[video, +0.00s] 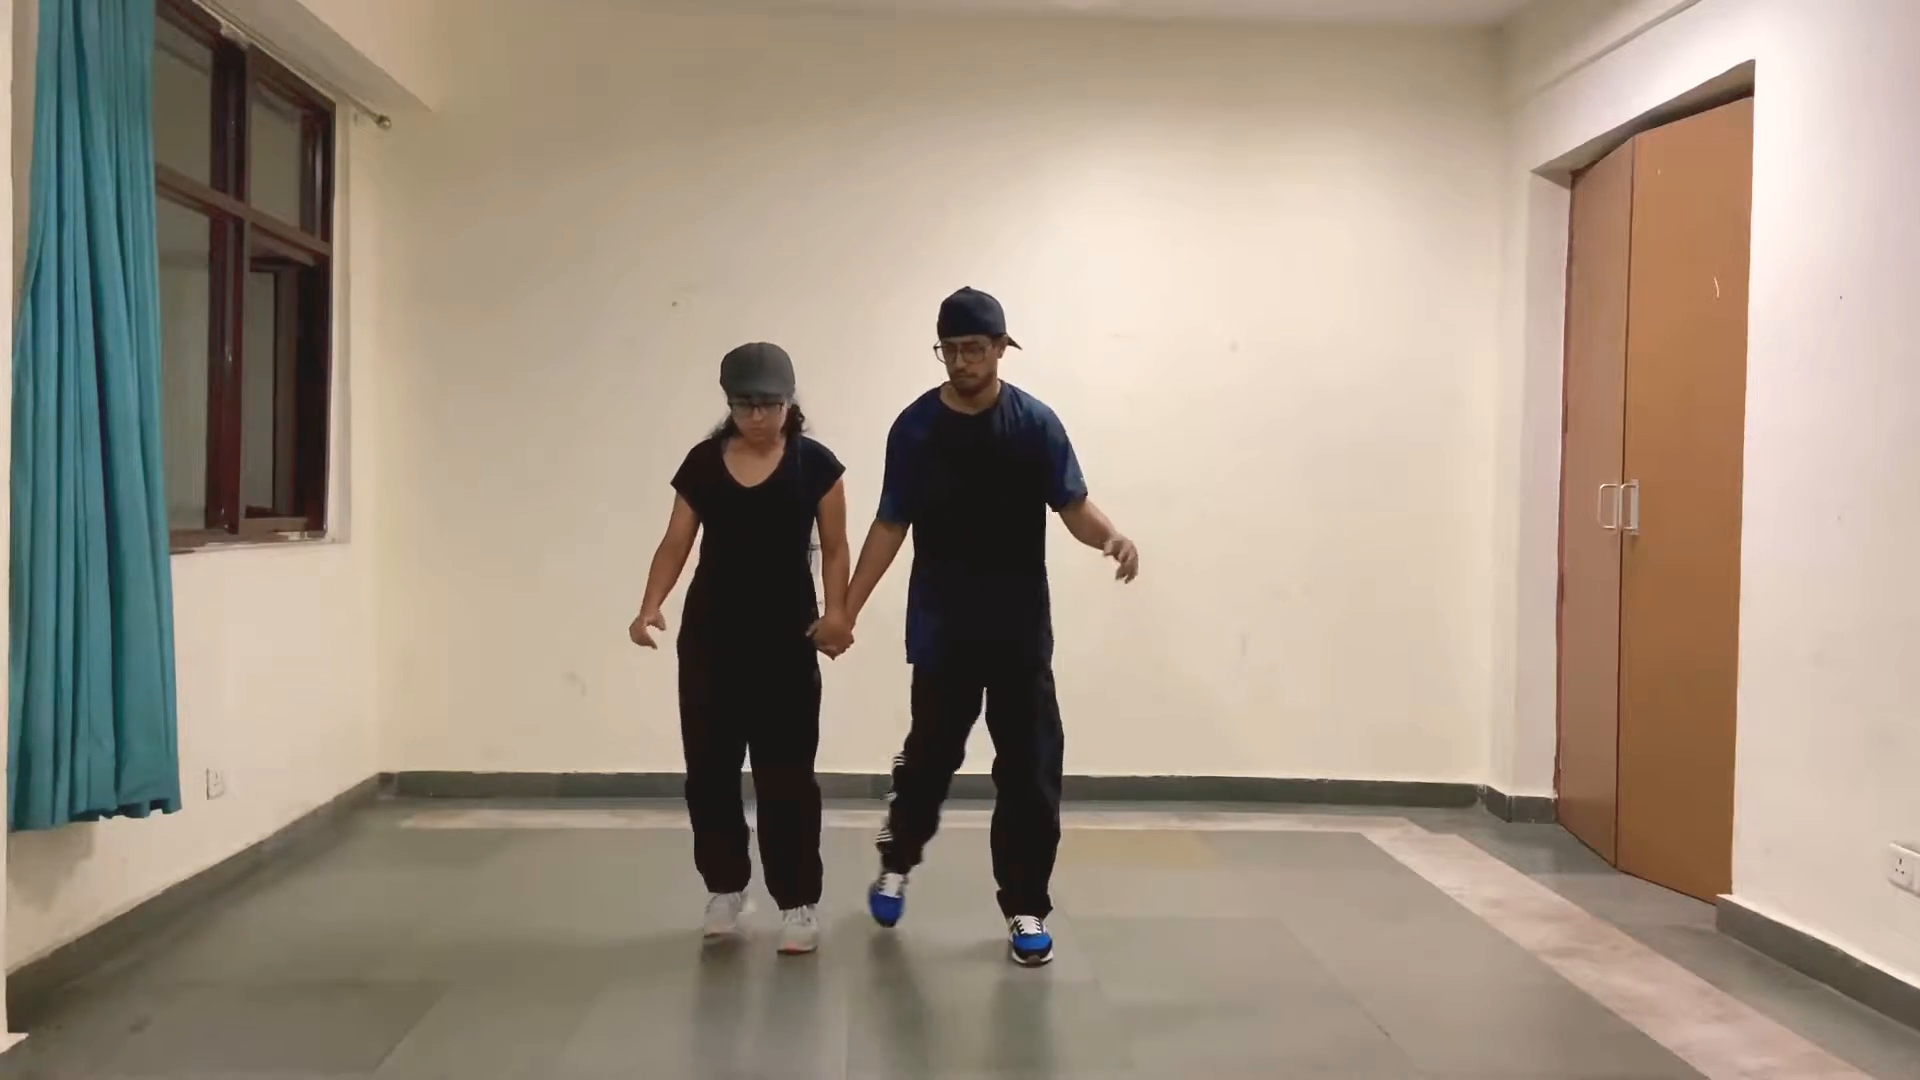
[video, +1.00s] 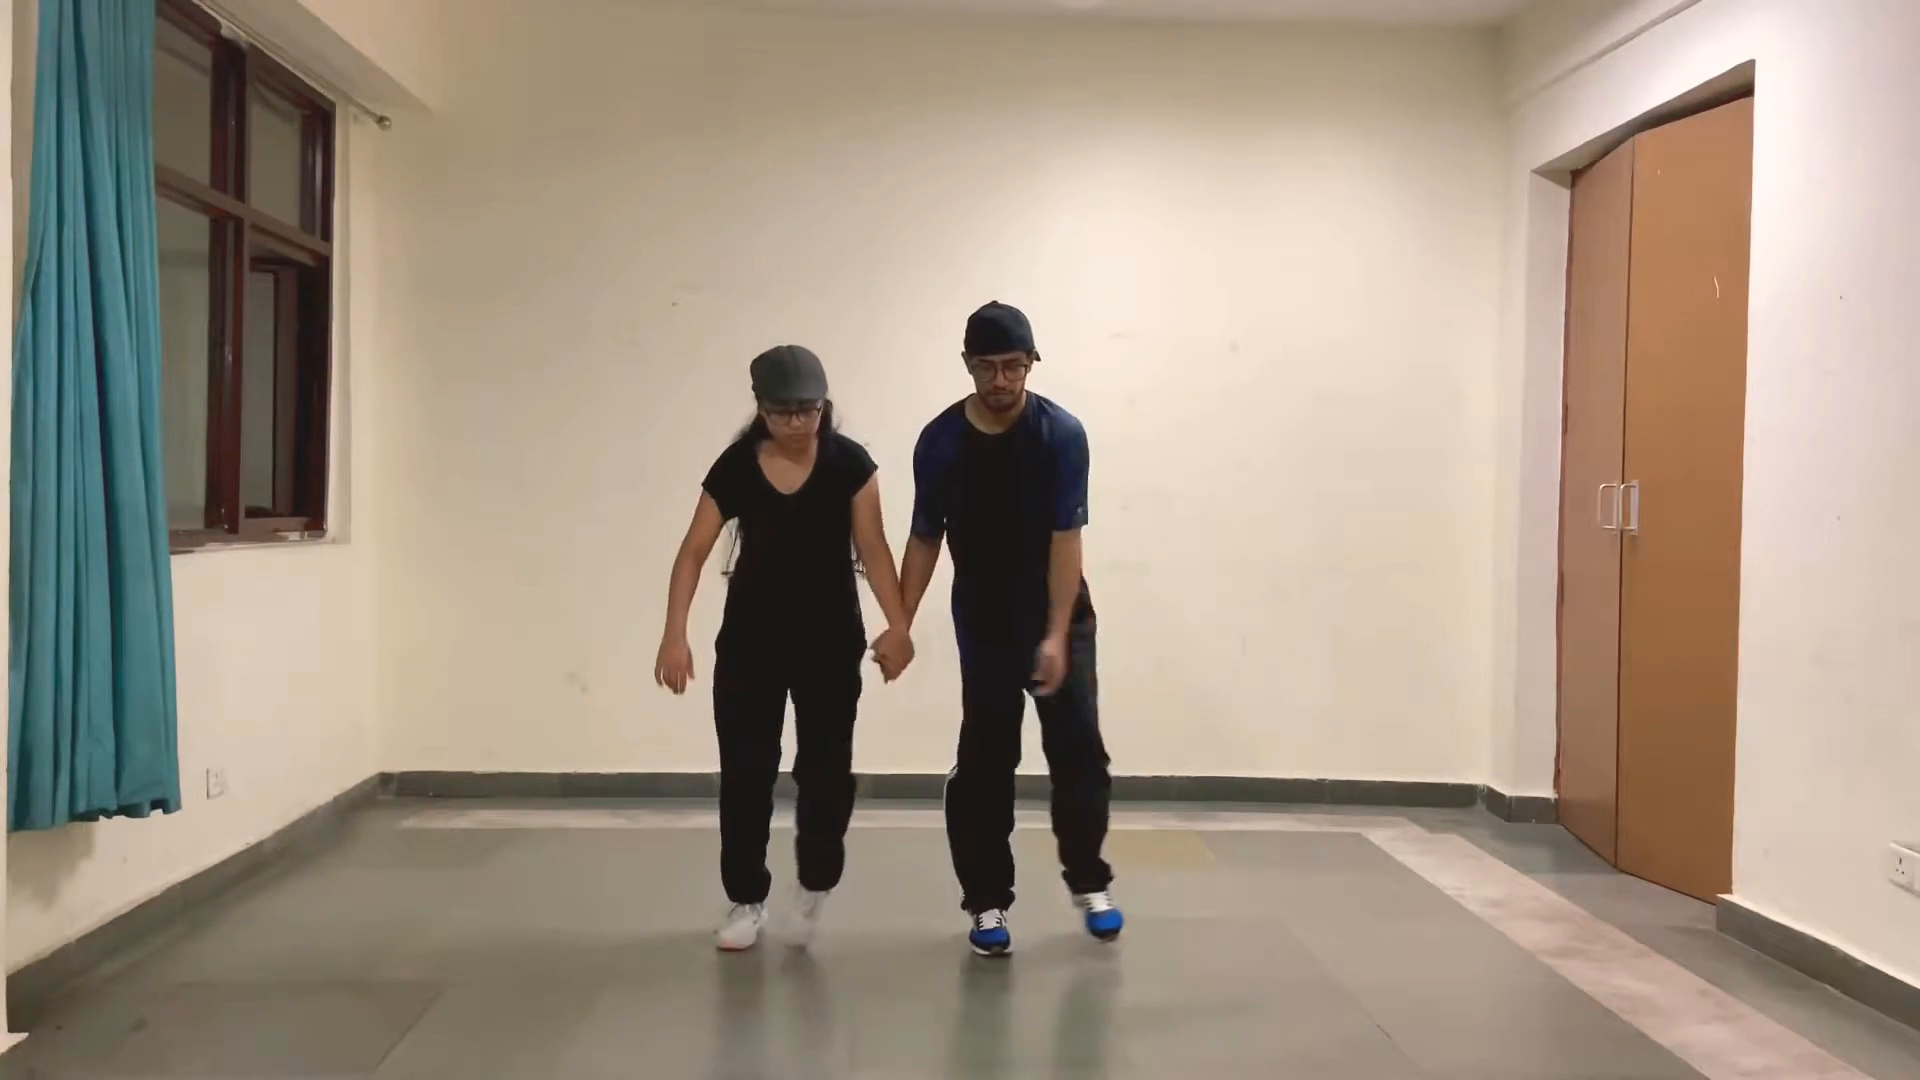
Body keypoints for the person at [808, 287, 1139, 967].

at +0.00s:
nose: (966, 360)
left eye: (978, 348)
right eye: (954, 349)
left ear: (1001, 348)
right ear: (941, 352)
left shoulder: (1036, 424)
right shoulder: (915, 428)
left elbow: (1073, 504)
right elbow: (889, 524)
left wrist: (1112, 537)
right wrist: (846, 611)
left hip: (1021, 627)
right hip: (943, 625)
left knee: (1032, 762)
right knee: (934, 750)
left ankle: (1026, 907)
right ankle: (896, 862)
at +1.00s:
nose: (1001, 379)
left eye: (1013, 366)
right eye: (987, 366)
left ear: (1031, 364)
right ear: (969, 368)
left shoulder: (1061, 435)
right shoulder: (940, 442)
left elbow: (1066, 543)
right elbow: (923, 539)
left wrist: (1058, 633)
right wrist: (899, 626)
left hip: (1059, 611)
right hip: (985, 617)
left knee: (1078, 748)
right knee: (987, 756)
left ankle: (1089, 879)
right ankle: (987, 901)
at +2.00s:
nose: (1062, 378)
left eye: (1075, 366)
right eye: (1049, 365)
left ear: (1094, 369)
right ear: (1030, 370)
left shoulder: (1130, 442)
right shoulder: (1008, 450)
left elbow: (1165, 537)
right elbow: (1012, 535)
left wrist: (1195, 628)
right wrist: (979, 610)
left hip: (1138, 626)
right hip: (1063, 632)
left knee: (1154, 769)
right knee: (1100, 760)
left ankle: (1111, 907)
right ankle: (1089, 903)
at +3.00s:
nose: (1023, 373)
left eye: (1038, 362)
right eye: (1012, 360)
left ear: (1057, 369)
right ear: (996, 362)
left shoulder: (1068, 461)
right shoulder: (945, 429)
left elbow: (1074, 555)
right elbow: (893, 499)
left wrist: (1060, 643)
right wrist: (871, 587)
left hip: (1008, 629)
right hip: (935, 621)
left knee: (983, 765)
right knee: (917, 767)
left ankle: (956, 921)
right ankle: (945, 889)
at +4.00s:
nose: (1005, 361)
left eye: (1016, 349)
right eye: (992, 350)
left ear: (1035, 352)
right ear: (974, 353)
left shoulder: (1059, 435)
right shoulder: (942, 426)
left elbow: (1070, 525)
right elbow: (911, 511)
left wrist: (1101, 610)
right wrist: (859, 572)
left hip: (1023, 630)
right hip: (945, 626)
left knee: (1041, 767)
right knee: (918, 755)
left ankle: (1055, 900)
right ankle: (856, 886)